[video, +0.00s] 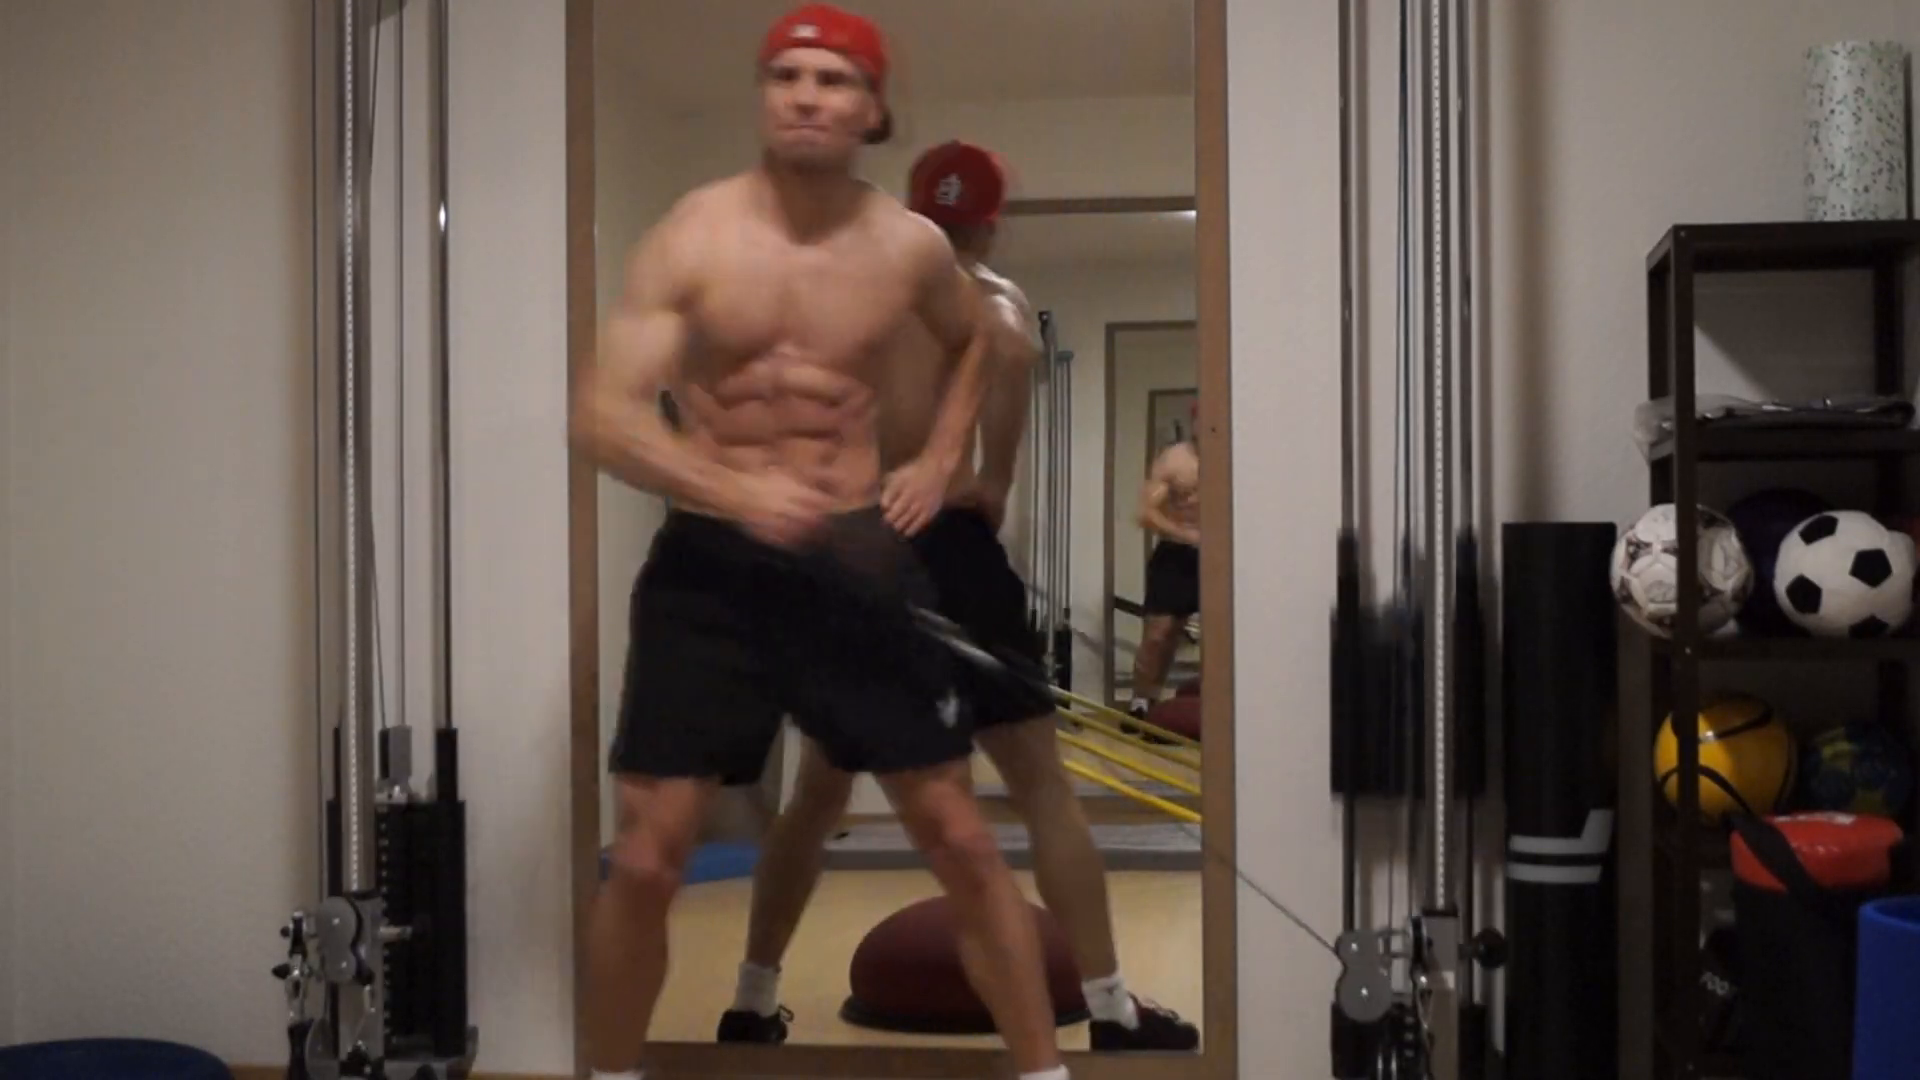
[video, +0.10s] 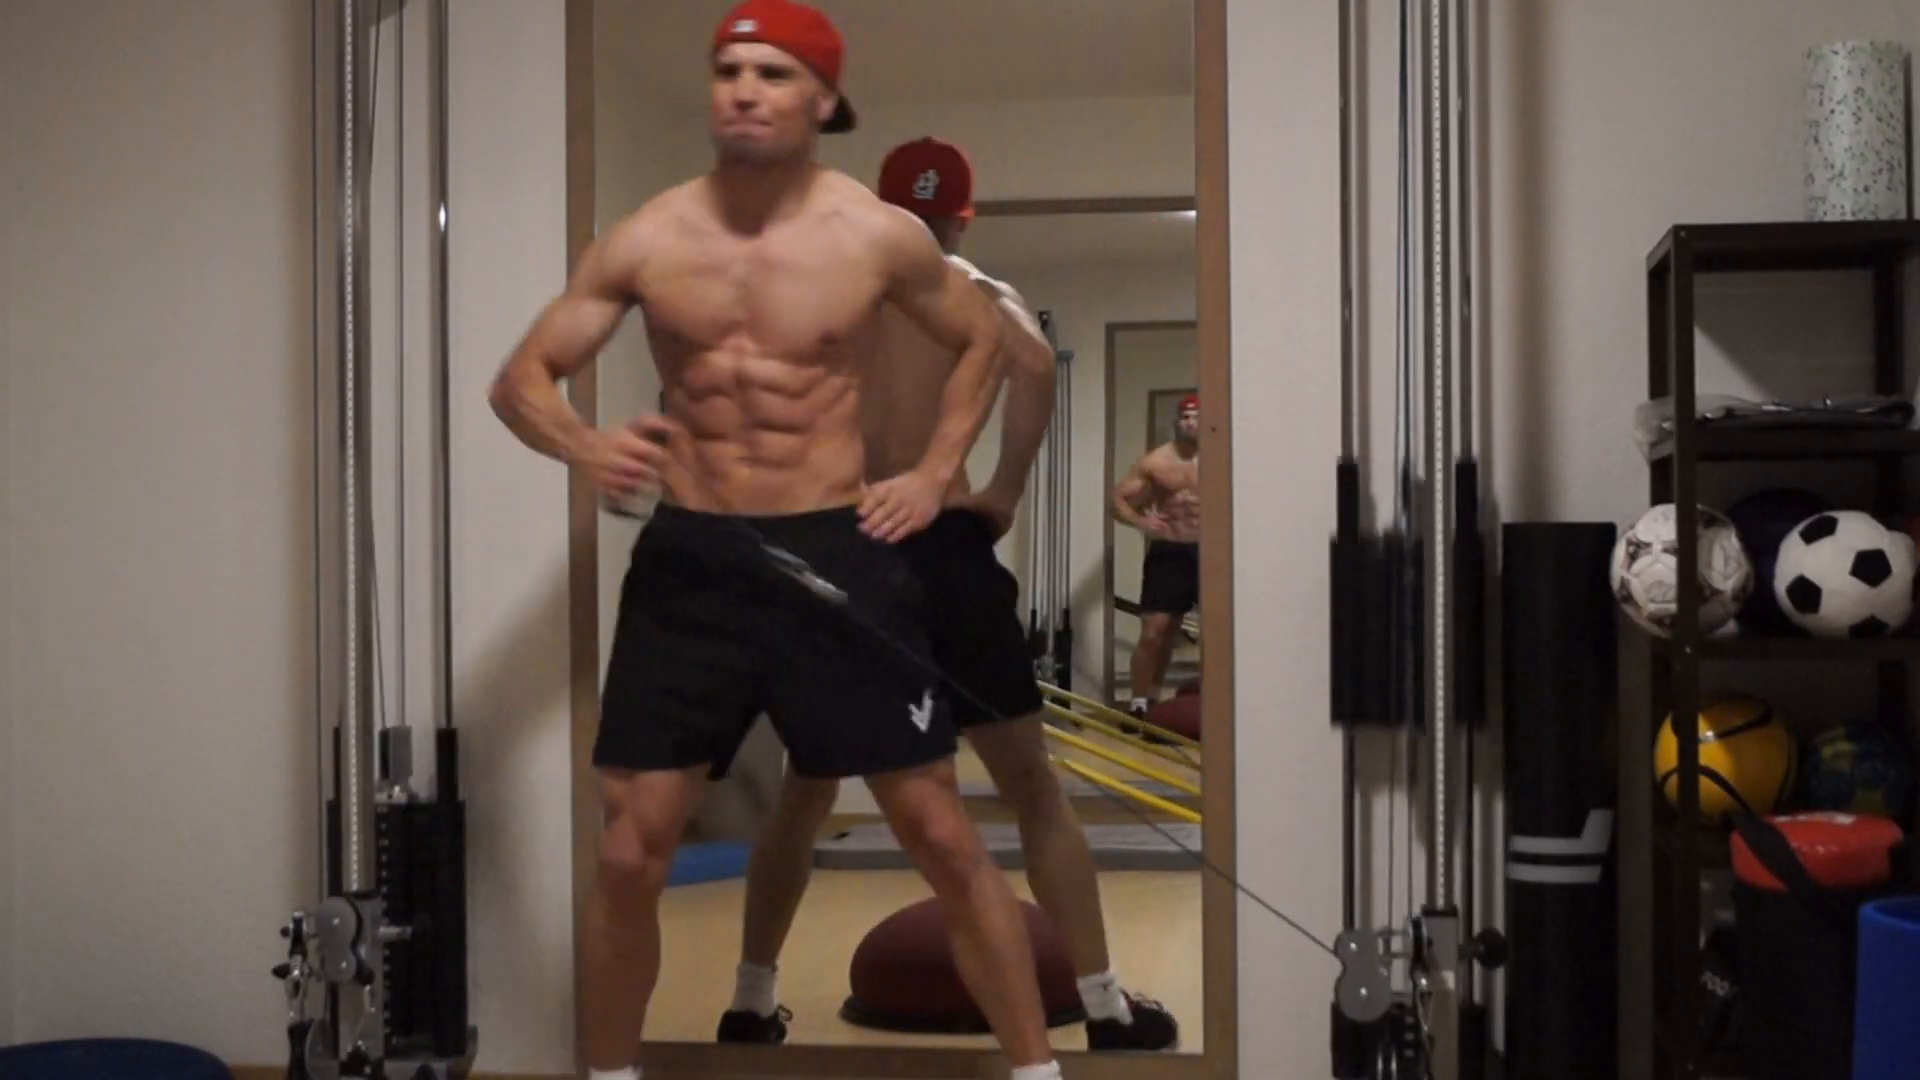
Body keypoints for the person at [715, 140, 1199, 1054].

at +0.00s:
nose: (997, 228)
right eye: (995, 214)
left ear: (913, 212)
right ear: (992, 222)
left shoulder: (860, 291)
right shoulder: (1007, 318)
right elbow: (997, 478)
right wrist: (980, 498)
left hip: (850, 545)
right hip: (959, 556)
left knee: (815, 798)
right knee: (1045, 788)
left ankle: (753, 997)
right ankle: (1110, 1005)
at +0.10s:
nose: (965, 229)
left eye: (948, 215)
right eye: (966, 215)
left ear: (880, 208)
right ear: (963, 218)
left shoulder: (822, 282)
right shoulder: (981, 295)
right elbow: (1035, 361)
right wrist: (1005, 495)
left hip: (832, 554)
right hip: (948, 554)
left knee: (802, 799)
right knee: (1035, 792)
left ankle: (751, 1000)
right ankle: (1102, 1001)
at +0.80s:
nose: (1092, 260)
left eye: (1095, 244)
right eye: (1088, 240)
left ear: (1031, 224)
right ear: (1042, 224)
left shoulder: (986, 305)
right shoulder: (991, 291)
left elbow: (1019, 480)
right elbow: (953, 443)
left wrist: (1096, 553)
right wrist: (1010, 554)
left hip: (901, 567)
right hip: (966, 573)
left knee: (840, 793)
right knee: (1059, 781)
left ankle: (756, 994)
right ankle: (1087, 1004)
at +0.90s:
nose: (1101, 271)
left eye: (1105, 256)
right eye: (1096, 251)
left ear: (1048, 236)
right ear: (1048, 233)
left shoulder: (1012, 334)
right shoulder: (981, 286)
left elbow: (1051, 473)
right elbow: (925, 437)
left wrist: (1122, 579)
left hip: (912, 569)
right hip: (962, 573)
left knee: (849, 790)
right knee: (1058, 782)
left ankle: (756, 989)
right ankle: (1090, 1007)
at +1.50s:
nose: (950, 278)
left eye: (934, 265)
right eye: (956, 266)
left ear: (865, 242)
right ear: (954, 260)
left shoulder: (811, 298)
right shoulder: (970, 312)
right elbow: (1052, 394)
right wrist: (997, 517)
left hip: (802, 569)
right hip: (921, 561)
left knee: (773, 797)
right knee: (1001, 791)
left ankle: (751, 995)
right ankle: (1078, 1000)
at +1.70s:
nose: (973, 272)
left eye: (966, 264)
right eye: (973, 261)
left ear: (864, 234)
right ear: (957, 248)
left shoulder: (809, 290)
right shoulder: (970, 299)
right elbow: (1046, 381)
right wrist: (1016, 502)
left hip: (808, 562)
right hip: (931, 552)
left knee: (785, 788)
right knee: (1012, 779)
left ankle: (750, 999)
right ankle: (1079, 1003)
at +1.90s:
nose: (1033, 299)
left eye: (1040, 287)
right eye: (1038, 279)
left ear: (968, 236)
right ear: (1010, 246)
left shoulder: (887, 281)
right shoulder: (982, 281)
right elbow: (967, 415)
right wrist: (1005, 513)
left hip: (865, 537)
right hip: (954, 540)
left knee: (829, 792)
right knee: (1051, 780)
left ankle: (758, 996)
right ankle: (1083, 1005)